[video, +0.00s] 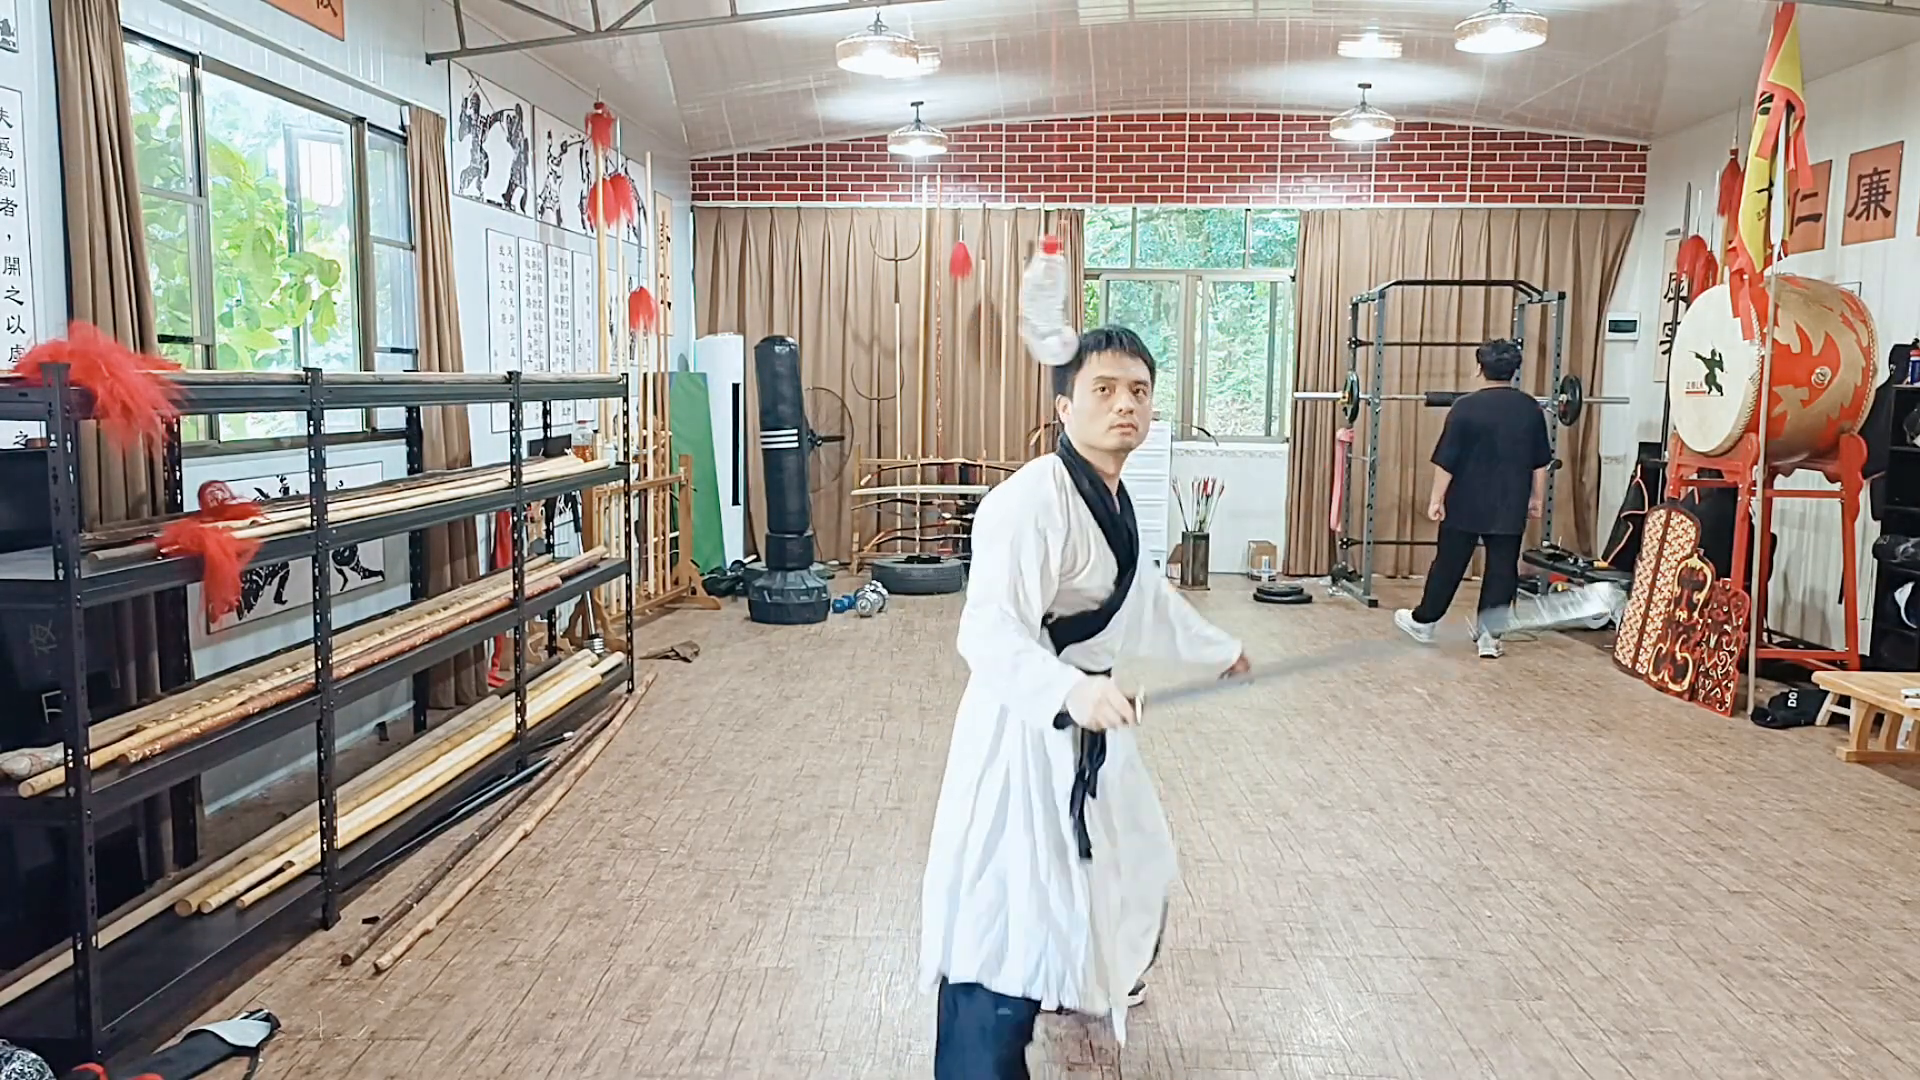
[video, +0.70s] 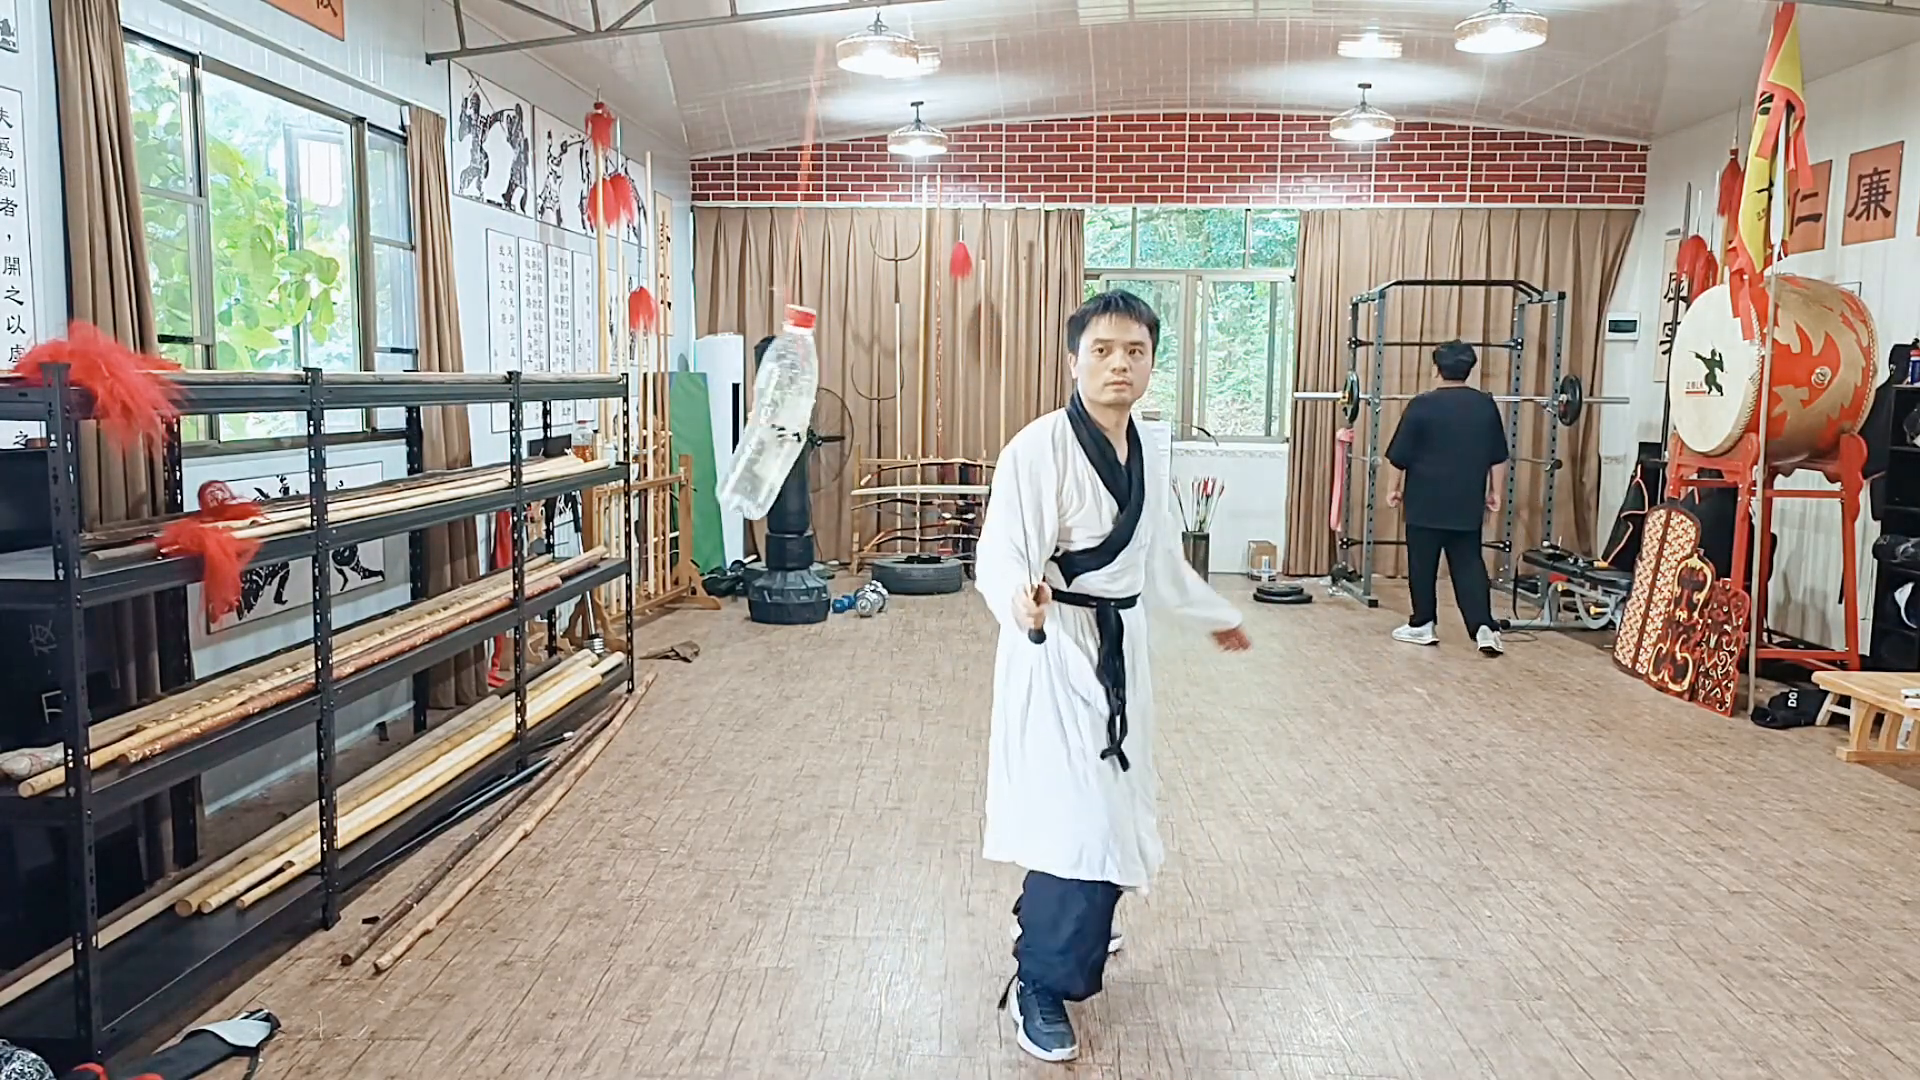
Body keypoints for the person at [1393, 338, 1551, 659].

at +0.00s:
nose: (1477, 368)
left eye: (1479, 365)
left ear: (1482, 369)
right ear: (1514, 370)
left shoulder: (1466, 406)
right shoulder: (1530, 408)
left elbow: (1446, 460)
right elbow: (1541, 461)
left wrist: (1436, 498)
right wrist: (1537, 498)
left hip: (1465, 505)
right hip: (1509, 509)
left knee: (1448, 564)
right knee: (1501, 573)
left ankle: (1423, 621)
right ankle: (1490, 636)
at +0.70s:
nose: (1434, 369)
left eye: (1436, 365)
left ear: (1438, 369)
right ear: (1469, 370)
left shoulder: (1422, 404)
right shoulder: (1484, 404)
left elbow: (1400, 454)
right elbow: (1499, 455)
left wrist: (1394, 487)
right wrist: (1496, 490)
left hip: (1425, 504)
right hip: (1467, 505)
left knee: (1422, 566)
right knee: (1468, 564)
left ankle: (1422, 625)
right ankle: (1483, 628)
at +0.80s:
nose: (1429, 370)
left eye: (1430, 366)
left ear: (1431, 369)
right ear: (1463, 370)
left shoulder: (1414, 405)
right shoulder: (1478, 406)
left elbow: (1390, 456)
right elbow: (1491, 457)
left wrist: (1384, 487)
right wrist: (1488, 492)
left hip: (1418, 507)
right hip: (1459, 507)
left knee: (1417, 568)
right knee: (1460, 560)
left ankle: (1422, 626)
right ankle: (1476, 617)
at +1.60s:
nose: (1407, 371)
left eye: (1409, 367)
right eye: (1410, 366)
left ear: (1412, 371)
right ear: (1442, 371)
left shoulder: (1399, 406)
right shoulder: (1458, 405)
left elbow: (1383, 457)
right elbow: (1469, 454)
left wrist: (1378, 494)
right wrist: (1467, 490)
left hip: (1406, 500)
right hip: (1442, 500)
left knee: (1408, 561)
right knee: (1432, 557)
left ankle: (1421, 624)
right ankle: (1426, 613)